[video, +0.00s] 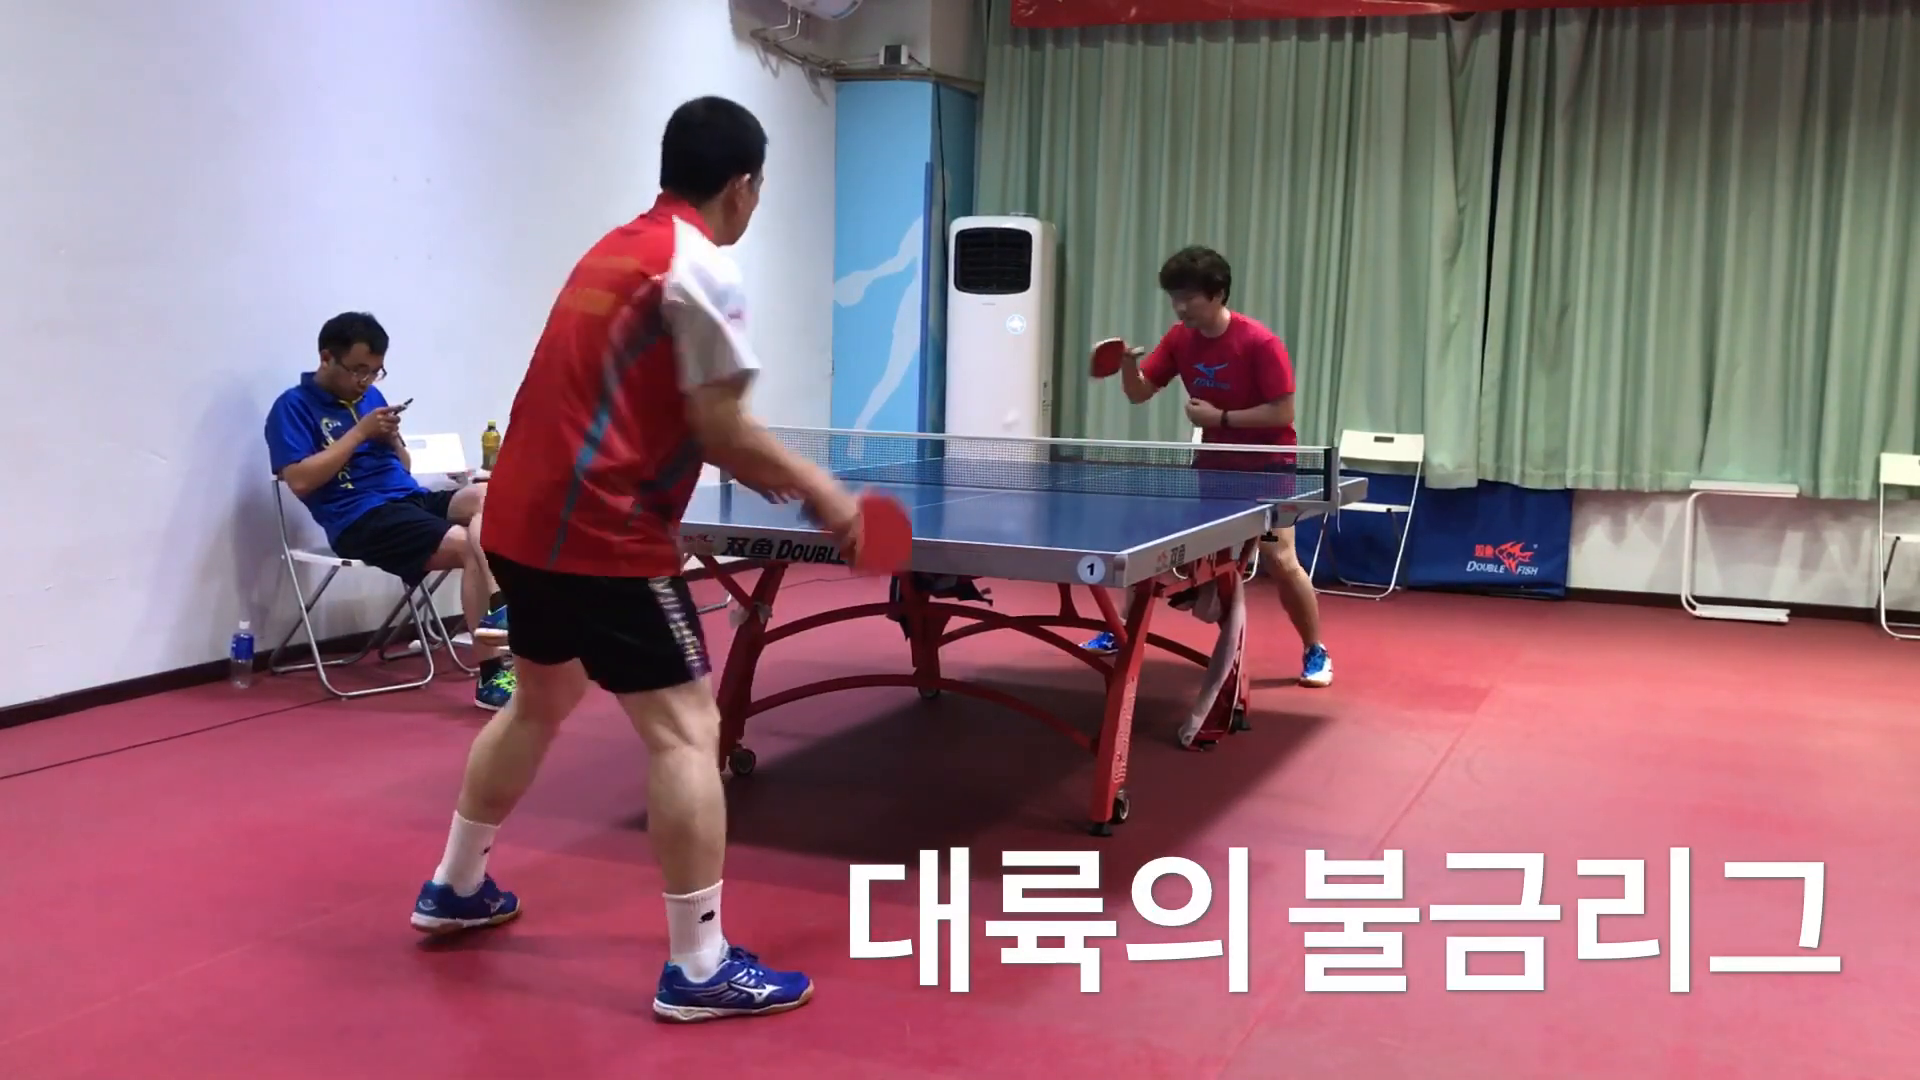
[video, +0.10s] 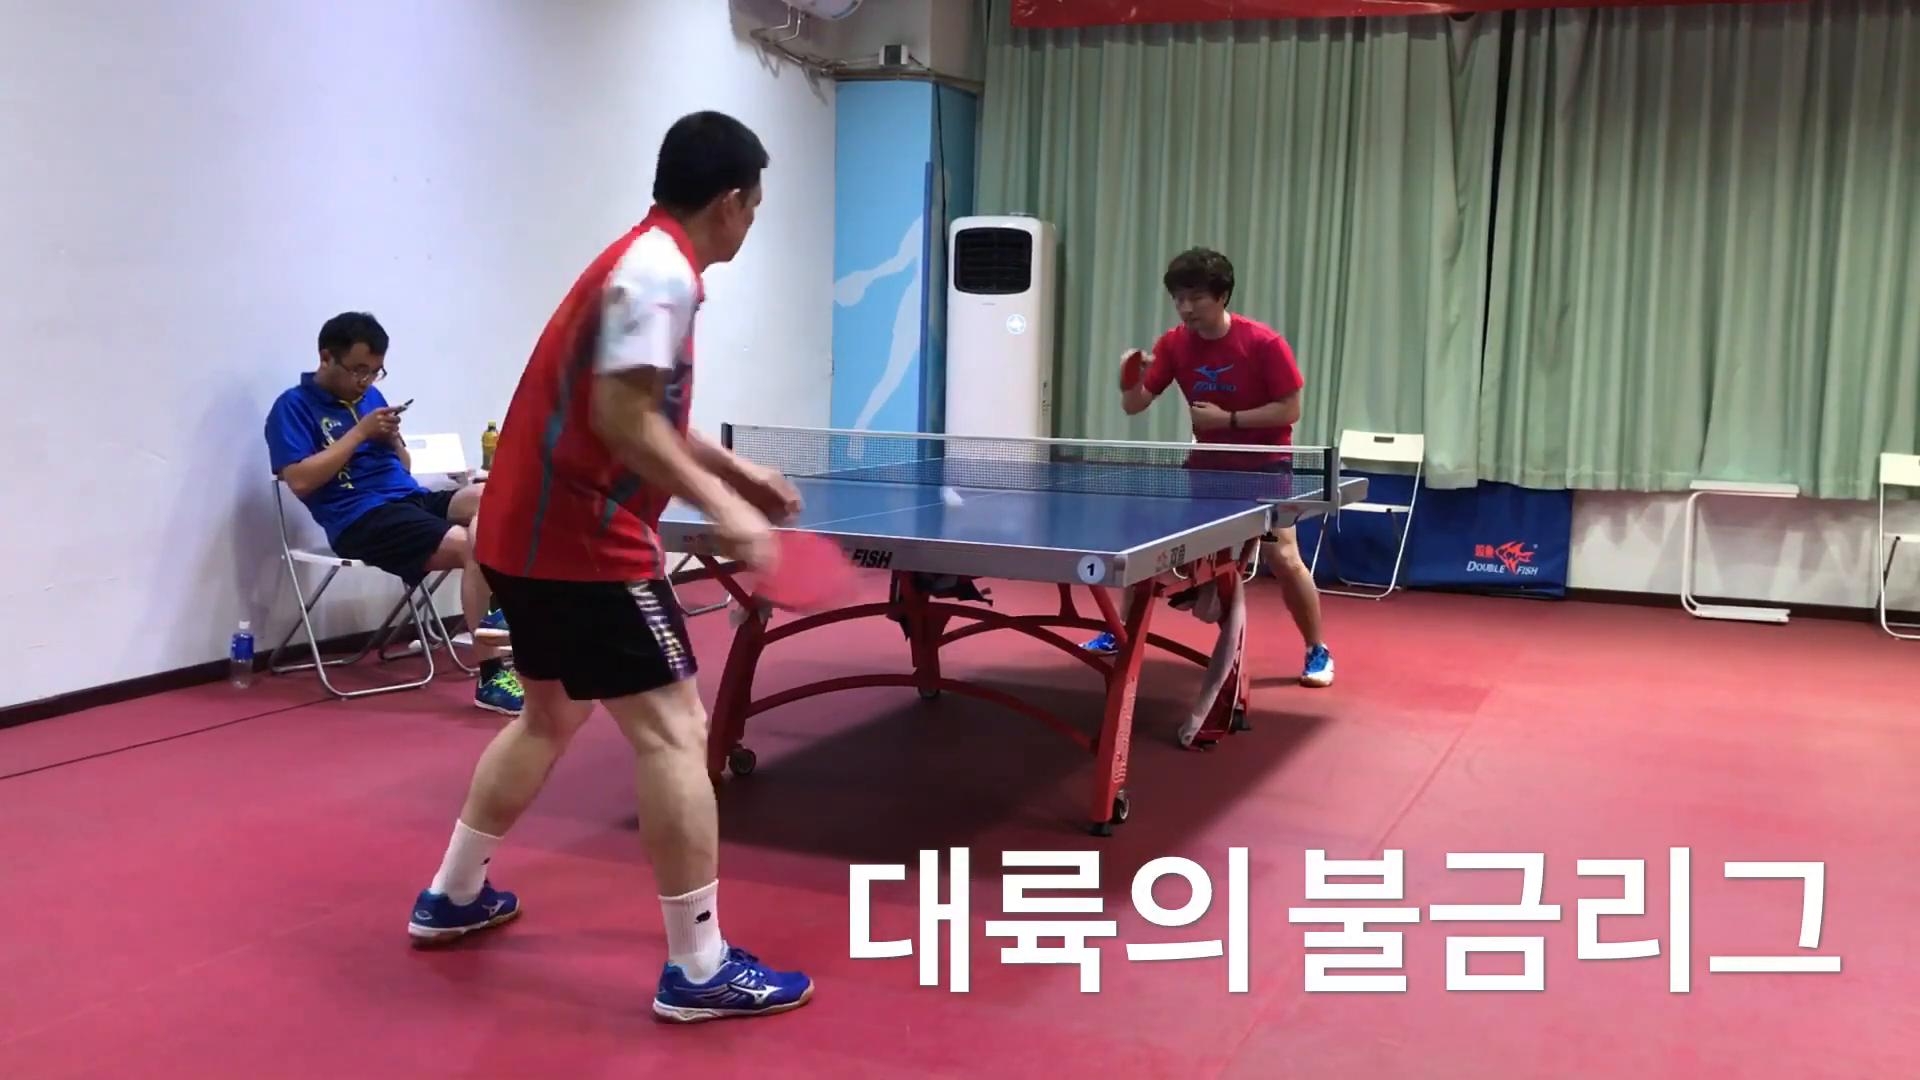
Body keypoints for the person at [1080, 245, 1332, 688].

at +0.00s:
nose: (1177, 308)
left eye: (1185, 298)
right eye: (1174, 299)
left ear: (1214, 294)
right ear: (1176, 298)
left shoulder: (1261, 344)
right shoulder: (1180, 339)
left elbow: (1283, 413)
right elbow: (1138, 393)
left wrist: (1220, 417)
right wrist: (1127, 364)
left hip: (1267, 471)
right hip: (1212, 469)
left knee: (1282, 561)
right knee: (1156, 541)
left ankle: (1315, 649)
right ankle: (1126, 634)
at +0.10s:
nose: (1186, 307)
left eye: (1195, 297)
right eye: (1179, 298)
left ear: (1222, 295)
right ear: (1173, 299)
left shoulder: (1264, 344)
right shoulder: (1174, 344)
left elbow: (1291, 410)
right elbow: (1134, 405)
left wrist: (1227, 419)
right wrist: (1131, 379)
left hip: (1264, 470)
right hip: (1205, 469)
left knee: (1284, 558)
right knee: (1150, 540)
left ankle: (1317, 650)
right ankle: (1124, 636)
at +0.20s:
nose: (1180, 310)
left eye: (1190, 300)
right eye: (1173, 301)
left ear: (1215, 300)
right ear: (1167, 304)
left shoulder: (1256, 349)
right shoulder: (1165, 351)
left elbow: (1283, 415)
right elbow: (1131, 419)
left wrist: (1225, 425)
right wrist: (1132, 392)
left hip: (1256, 477)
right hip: (1195, 477)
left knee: (1279, 558)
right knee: (1138, 545)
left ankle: (1317, 650)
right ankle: (1123, 636)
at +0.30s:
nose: (1165, 303)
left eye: (1175, 294)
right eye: (1159, 295)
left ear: (1201, 294)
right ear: (1154, 297)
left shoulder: (1240, 344)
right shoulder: (1155, 346)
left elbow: (1268, 409)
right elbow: (1131, 408)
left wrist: (1207, 420)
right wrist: (1110, 397)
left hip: (1247, 475)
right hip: (1188, 473)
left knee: (1273, 559)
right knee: (1136, 543)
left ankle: (1315, 649)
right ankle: (1123, 634)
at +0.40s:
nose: (1150, 301)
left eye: (1159, 291)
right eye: (1144, 292)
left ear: (1186, 292)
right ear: (1139, 293)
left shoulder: (1220, 340)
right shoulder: (1152, 341)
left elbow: (1251, 408)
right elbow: (1141, 398)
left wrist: (1188, 414)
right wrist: (1093, 410)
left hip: (1244, 468)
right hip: (1190, 467)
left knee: (1267, 559)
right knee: (1147, 541)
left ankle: (1313, 649)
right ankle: (1124, 632)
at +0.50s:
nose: (1139, 317)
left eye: (1146, 307)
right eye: (1134, 308)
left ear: (1175, 303)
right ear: (1134, 308)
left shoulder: (1208, 351)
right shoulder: (1160, 349)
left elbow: (1235, 420)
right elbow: (1167, 396)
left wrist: (1177, 425)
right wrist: (1110, 415)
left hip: (1246, 471)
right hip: (1198, 469)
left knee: (1259, 565)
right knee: (1147, 542)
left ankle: (1314, 649)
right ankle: (1126, 632)